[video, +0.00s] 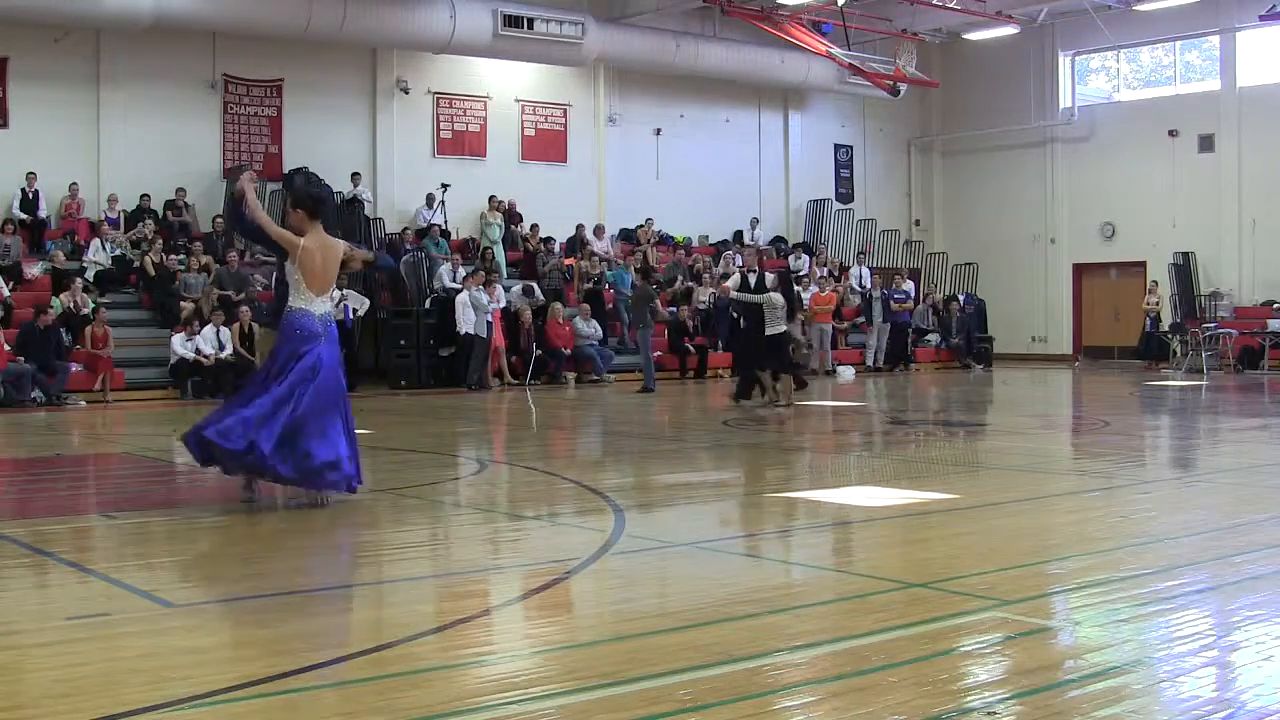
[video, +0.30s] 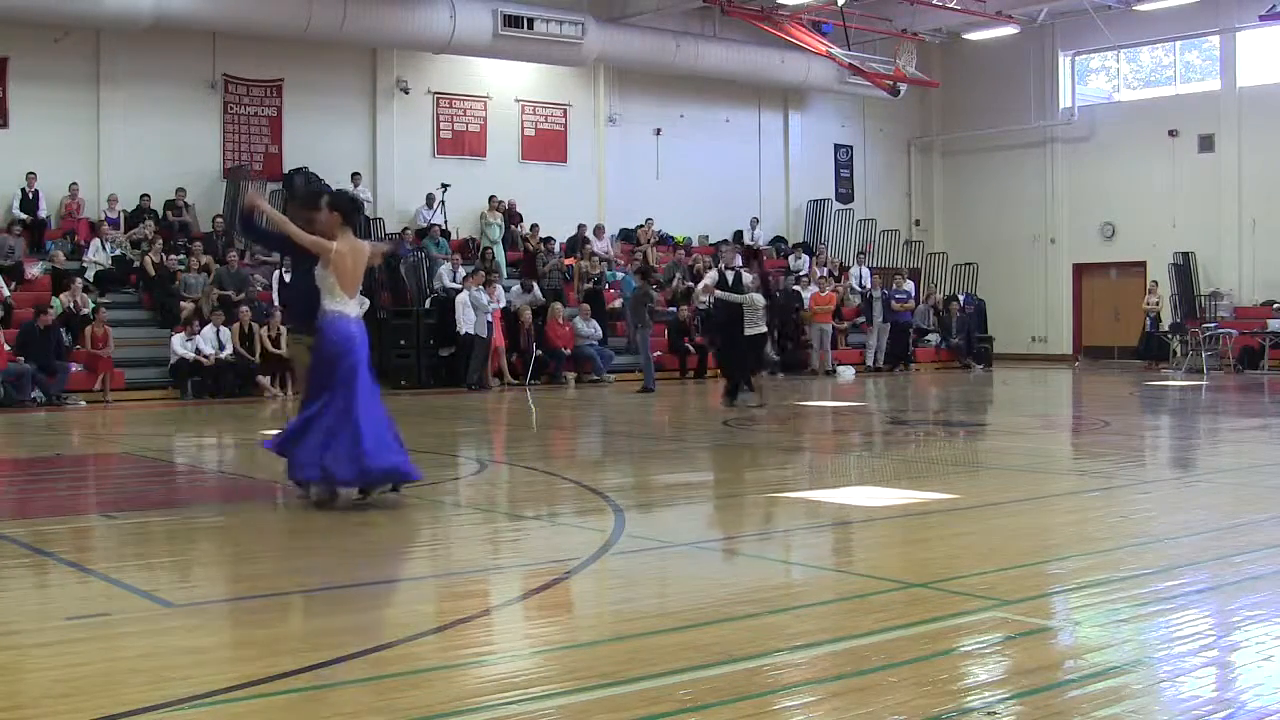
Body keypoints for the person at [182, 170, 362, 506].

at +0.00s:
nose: (287, 217)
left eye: (289, 211)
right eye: (289, 211)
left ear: (300, 212)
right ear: (319, 211)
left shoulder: (298, 244)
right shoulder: (340, 246)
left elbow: (258, 216)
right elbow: (365, 258)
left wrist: (248, 189)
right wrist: (357, 258)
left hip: (298, 328)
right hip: (326, 329)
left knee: (277, 395)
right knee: (321, 401)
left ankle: (252, 462)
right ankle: (318, 478)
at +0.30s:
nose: (320, 217)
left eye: (324, 212)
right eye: (321, 212)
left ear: (336, 217)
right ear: (349, 218)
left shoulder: (330, 248)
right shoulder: (364, 248)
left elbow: (295, 232)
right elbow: (379, 252)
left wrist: (265, 207)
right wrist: (383, 250)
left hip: (333, 328)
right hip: (356, 328)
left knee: (324, 400)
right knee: (356, 399)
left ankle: (325, 473)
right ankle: (374, 466)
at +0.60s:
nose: (363, 217)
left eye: (369, 213)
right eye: (364, 212)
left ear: (386, 219)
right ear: (387, 220)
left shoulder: (377, 250)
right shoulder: (396, 246)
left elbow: (331, 232)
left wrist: (298, 208)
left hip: (373, 328)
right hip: (388, 327)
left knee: (347, 392)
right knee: (389, 397)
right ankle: (406, 466)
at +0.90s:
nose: (416, 220)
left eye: (422, 215)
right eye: (417, 214)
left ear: (438, 222)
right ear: (437, 224)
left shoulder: (428, 253)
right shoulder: (437, 246)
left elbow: (379, 235)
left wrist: (342, 207)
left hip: (425, 329)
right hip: (426, 326)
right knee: (426, 394)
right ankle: (429, 461)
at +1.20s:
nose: (456, 224)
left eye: (461, 219)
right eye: (457, 218)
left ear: (476, 225)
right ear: (476, 225)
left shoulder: (463, 254)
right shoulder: (481, 248)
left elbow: (418, 245)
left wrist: (384, 226)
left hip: (456, 330)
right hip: (467, 329)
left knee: (441, 395)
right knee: (463, 396)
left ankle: (457, 463)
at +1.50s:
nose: (478, 230)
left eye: (483, 225)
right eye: (479, 225)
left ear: (499, 230)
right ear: (500, 230)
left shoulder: (495, 263)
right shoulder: (503, 256)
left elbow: (459, 299)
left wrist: (424, 278)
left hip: (486, 336)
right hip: (496, 333)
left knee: (455, 395)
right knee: (500, 399)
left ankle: (468, 464)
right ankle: (520, 460)